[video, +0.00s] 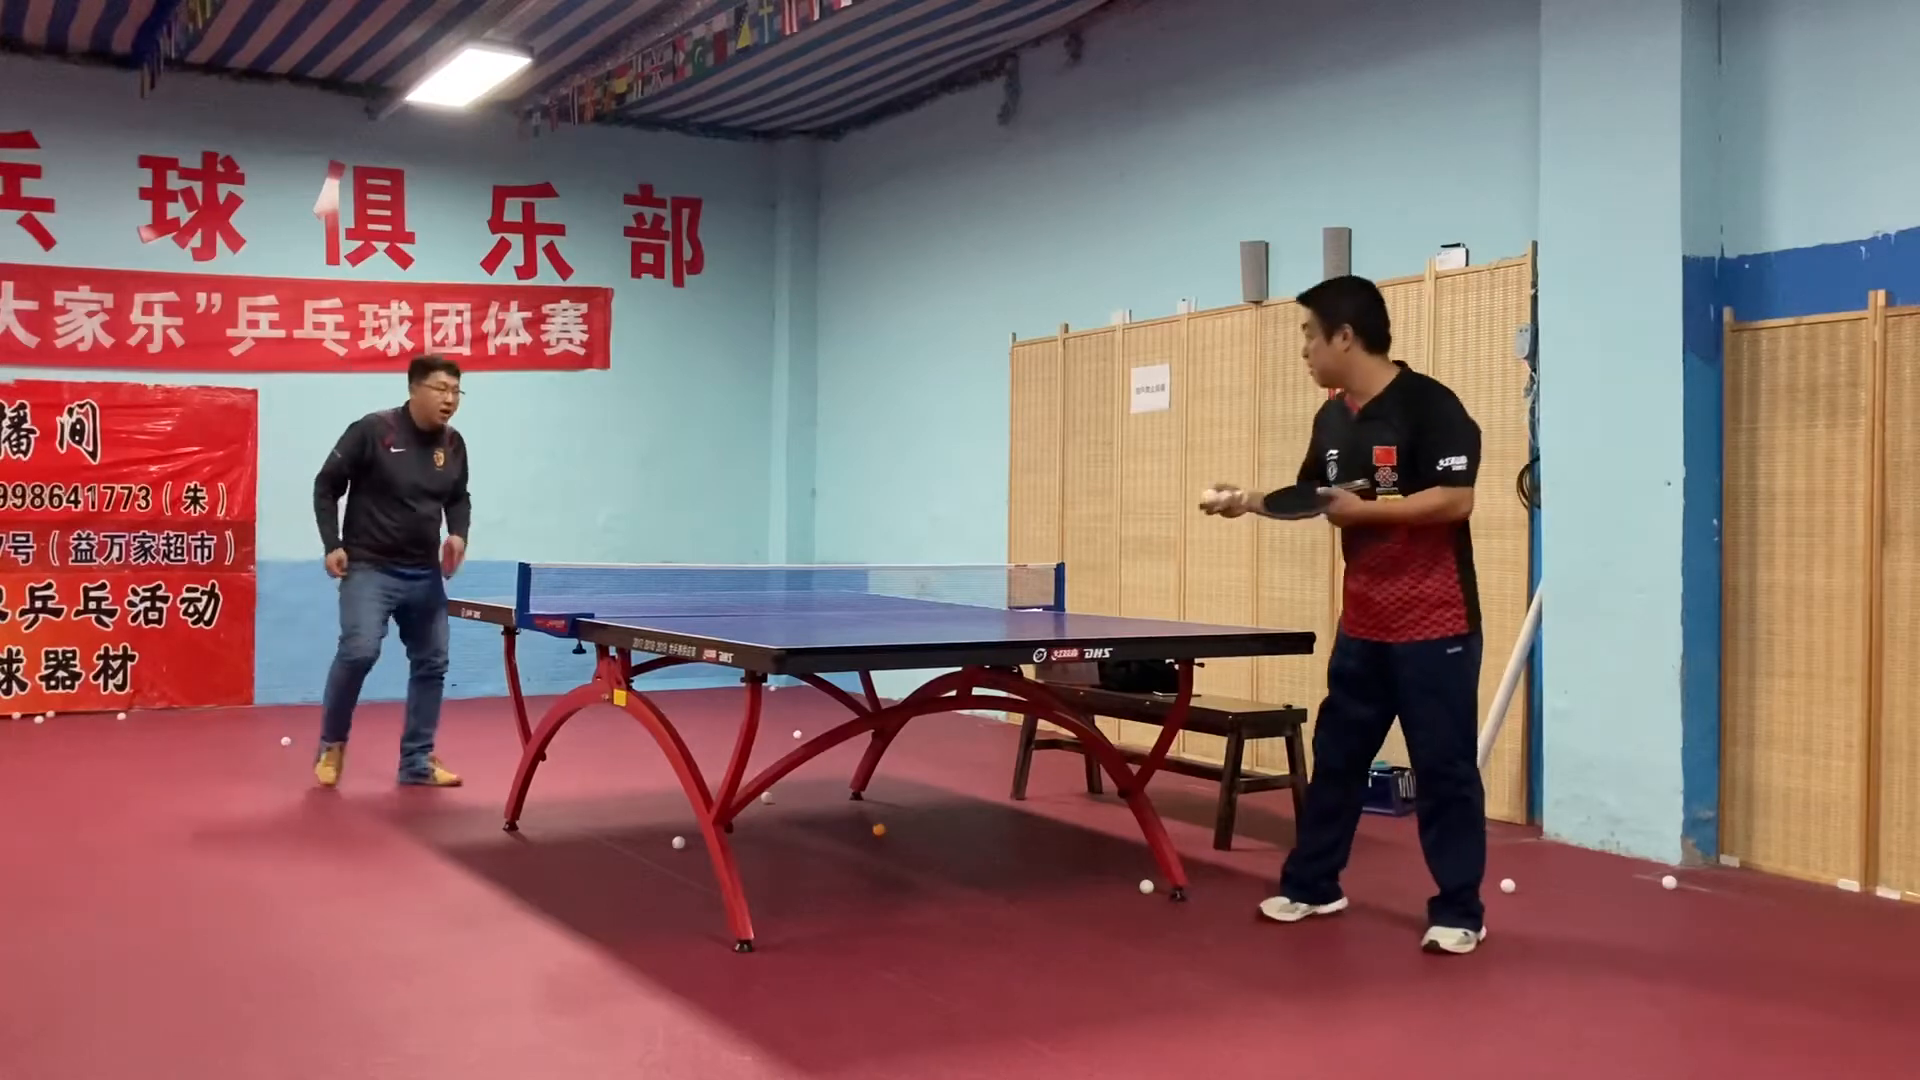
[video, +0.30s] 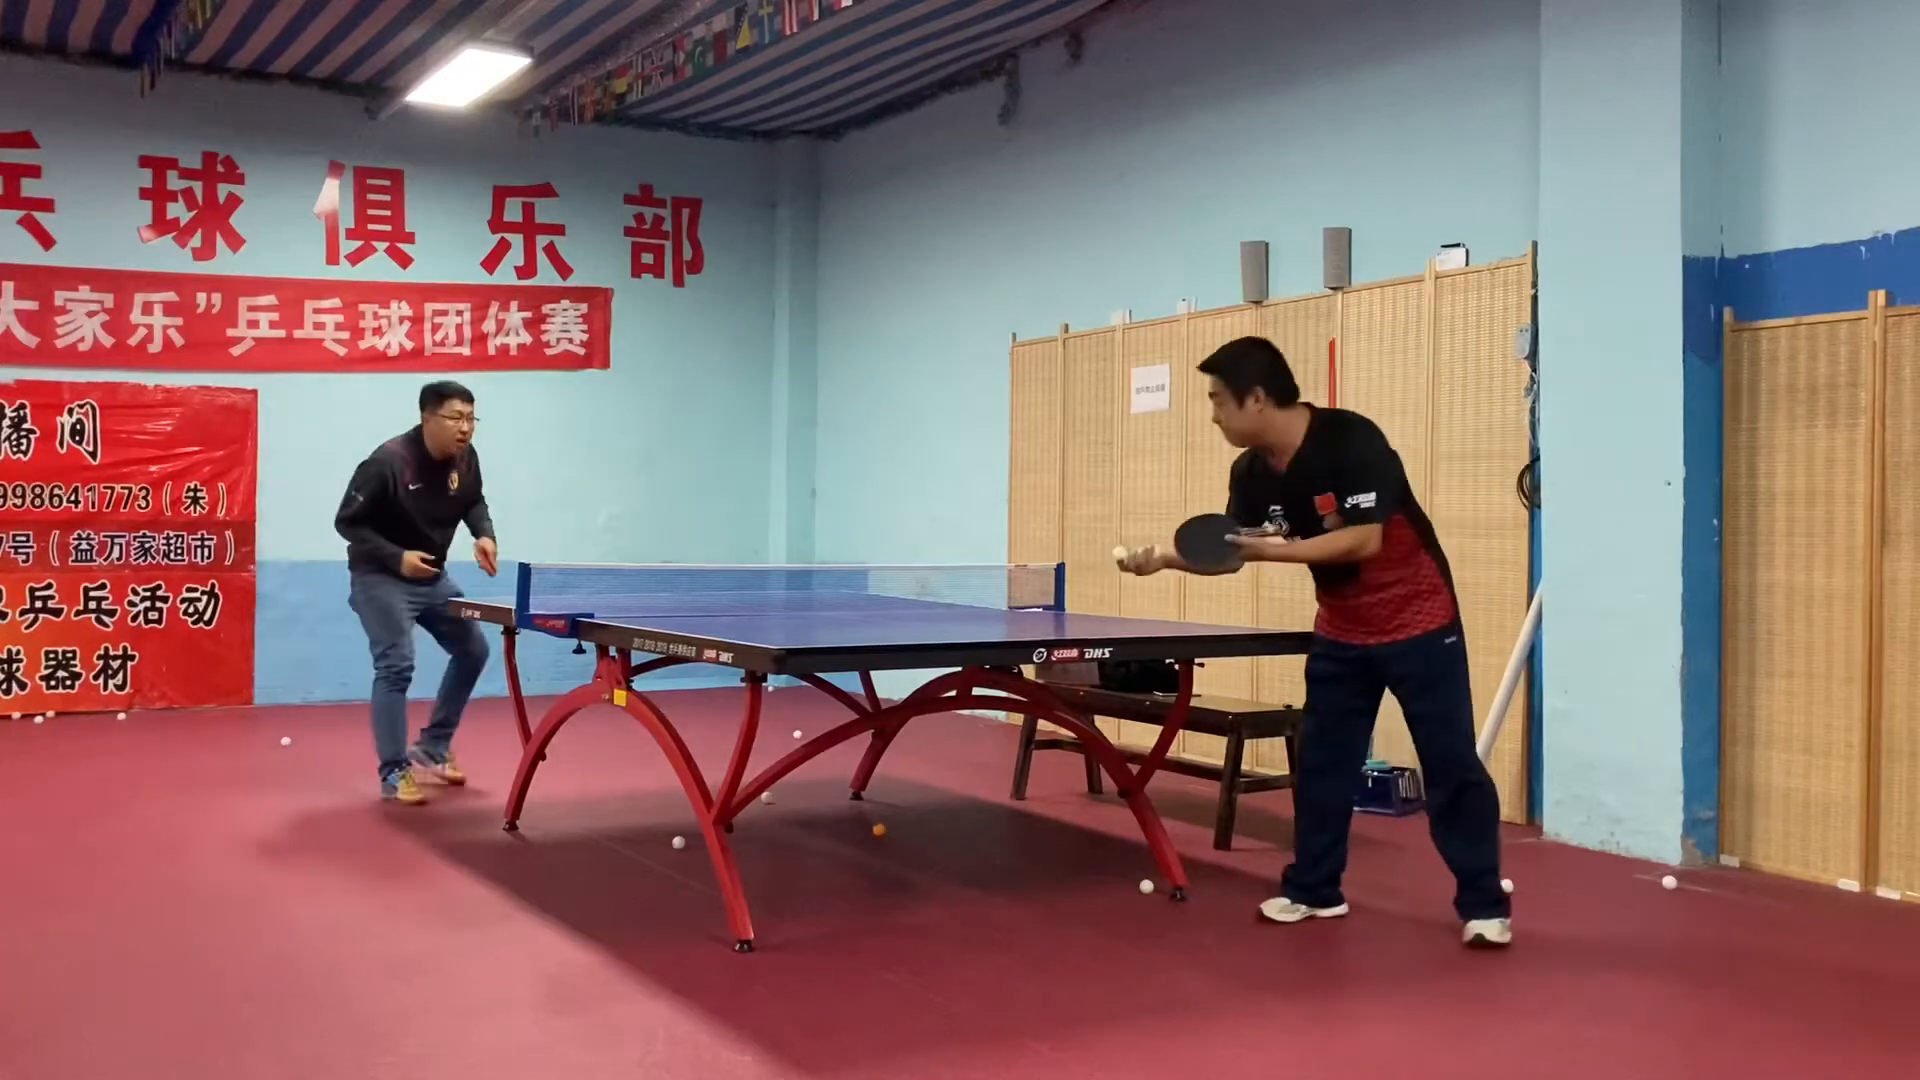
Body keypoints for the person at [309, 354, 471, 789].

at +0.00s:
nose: (449, 399)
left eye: (454, 392)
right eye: (440, 390)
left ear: (458, 398)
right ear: (414, 390)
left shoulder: (452, 443)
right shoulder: (372, 431)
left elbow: (457, 496)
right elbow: (326, 484)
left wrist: (458, 534)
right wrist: (332, 544)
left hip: (423, 575)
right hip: (368, 571)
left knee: (431, 664)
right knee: (359, 652)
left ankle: (417, 762)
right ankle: (332, 746)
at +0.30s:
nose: (465, 428)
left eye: (470, 419)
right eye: (455, 419)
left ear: (472, 422)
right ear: (426, 419)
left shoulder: (465, 457)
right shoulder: (388, 462)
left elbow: (473, 502)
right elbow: (347, 521)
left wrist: (484, 535)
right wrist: (396, 557)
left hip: (431, 578)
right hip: (380, 579)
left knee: (472, 651)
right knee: (395, 664)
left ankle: (433, 748)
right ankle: (393, 772)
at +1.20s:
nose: (523, 445)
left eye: (529, 437)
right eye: (514, 435)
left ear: (532, 442)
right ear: (487, 434)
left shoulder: (511, 483)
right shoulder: (447, 465)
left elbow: (505, 536)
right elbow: (406, 533)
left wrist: (507, 575)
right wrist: (461, 570)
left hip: (447, 584)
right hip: (397, 578)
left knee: (474, 658)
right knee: (396, 660)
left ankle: (470, 755)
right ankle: (386, 762)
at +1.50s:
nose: (516, 433)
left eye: (522, 426)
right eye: (508, 423)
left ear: (524, 431)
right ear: (481, 422)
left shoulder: (500, 479)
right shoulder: (442, 458)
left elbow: (494, 529)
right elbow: (404, 521)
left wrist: (506, 564)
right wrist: (451, 559)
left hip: (439, 583)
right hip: (394, 574)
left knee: (467, 663)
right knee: (376, 656)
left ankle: (469, 755)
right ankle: (328, 758)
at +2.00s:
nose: (487, 430)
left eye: (493, 423)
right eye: (478, 420)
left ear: (496, 425)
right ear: (450, 417)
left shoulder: (489, 464)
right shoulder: (398, 453)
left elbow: (507, 515)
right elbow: (363, 517)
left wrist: (536, 538)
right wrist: (404, 554)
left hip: (457, 594)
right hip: (394, 595)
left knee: (513, 659)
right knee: (358, 676)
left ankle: (534, 766)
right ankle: (307, 775)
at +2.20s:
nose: (534, 454)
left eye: (542, 446)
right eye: (526, 443)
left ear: (549, 446)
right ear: (500, 437)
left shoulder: (546, 486)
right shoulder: (456, 459)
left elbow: (561, 541)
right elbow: (410, 501)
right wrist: (409, 546)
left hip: (505, 609)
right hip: (441, 601)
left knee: (541, 667)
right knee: (381, 679)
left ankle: (556, 780)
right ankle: (325, 776)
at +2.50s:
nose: (538, 438)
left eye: (547, 430)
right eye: (529, 428)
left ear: (555, 431)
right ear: (506, 425)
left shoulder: (561, 480)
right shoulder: (471, 453)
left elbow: (569, 546)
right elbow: (439, 499)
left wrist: (552, 598)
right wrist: (425, 548)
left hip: (527, 602)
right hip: (462, 593)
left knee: (545, 668)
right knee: (405, 676)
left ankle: (557, 779)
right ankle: (382, 766)